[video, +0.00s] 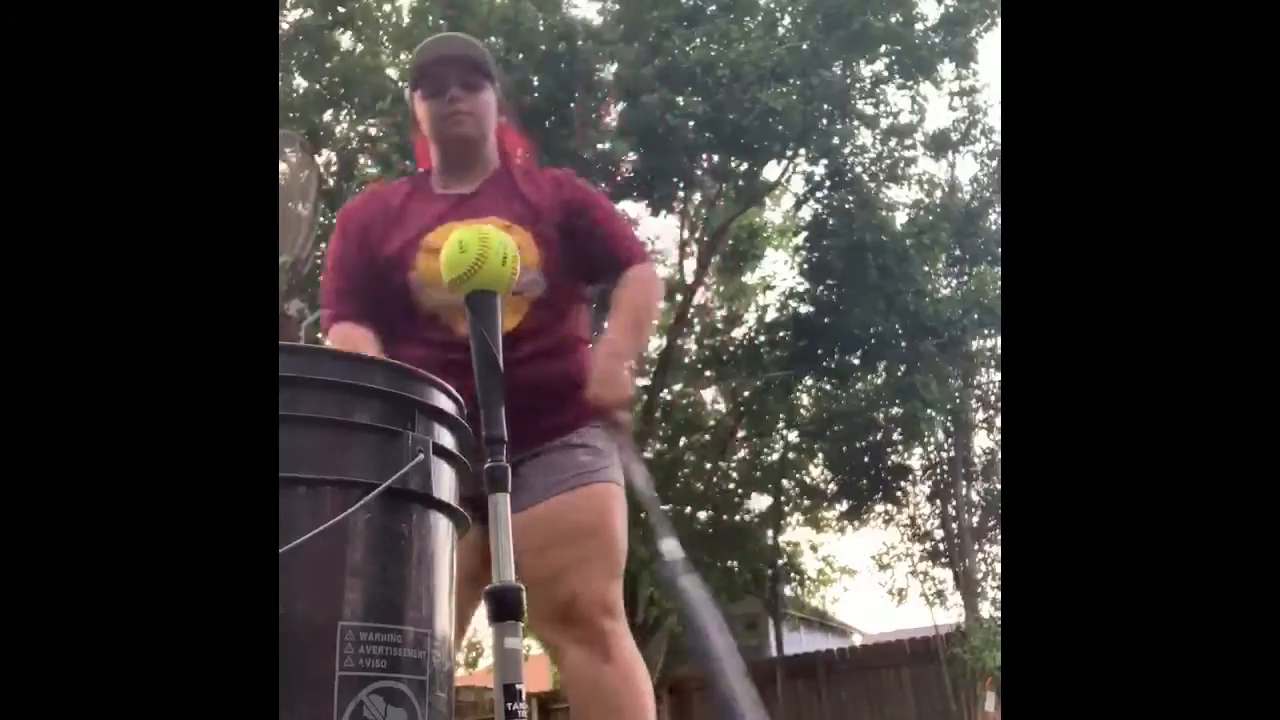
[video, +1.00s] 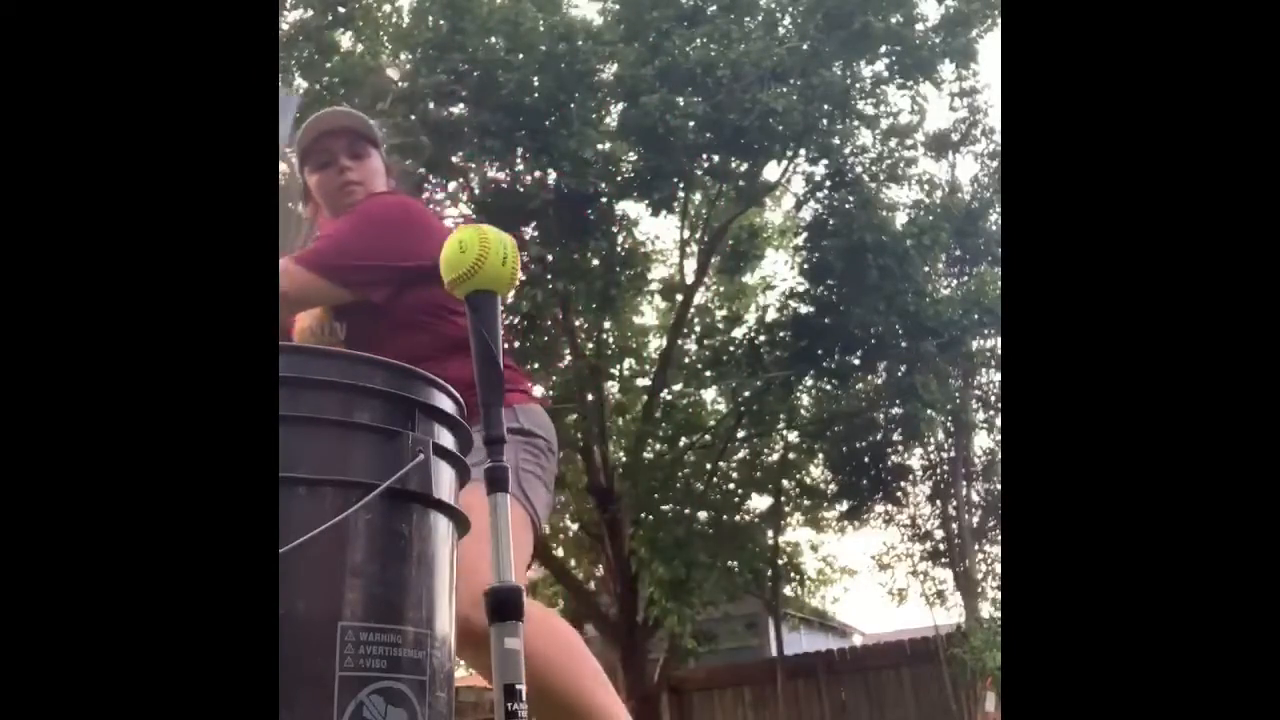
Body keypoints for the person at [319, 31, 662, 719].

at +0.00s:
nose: (455, 97)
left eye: (471, 84)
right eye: (437, 88)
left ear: (497, 101)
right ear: (416, 111)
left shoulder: (555, 194)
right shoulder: (370, 215)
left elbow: (639, 272)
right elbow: (347, 325)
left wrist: (615, 356)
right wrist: (380, 412)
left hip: (556, 442)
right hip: (433, 451)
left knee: (591, 623)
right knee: (410, 642)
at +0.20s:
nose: (417, 113)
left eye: (432, 99)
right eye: (398, 107)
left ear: (462, 118)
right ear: (382, 135)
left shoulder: (514, 195)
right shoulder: (350, 233)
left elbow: (542, 287)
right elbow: (317, 356)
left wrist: (431, 373)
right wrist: (318, 433)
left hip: (537, 428)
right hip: (419, 447)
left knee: (576, 629)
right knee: (390, 637)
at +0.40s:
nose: (410, 123)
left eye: (424, 110)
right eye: (392, 118)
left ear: (453, 124)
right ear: (377, 145)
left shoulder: (494, 186)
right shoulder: (361, 247)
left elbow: (513, 261)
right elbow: (344, 341)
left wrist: (387, 320)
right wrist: (322, 350)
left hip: (534, 424)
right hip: (424, 441)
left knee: (574, 630)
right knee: (401, 637)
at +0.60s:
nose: (399, 133)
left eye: (414, 118)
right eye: (381, 126)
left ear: (442, 131)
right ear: (366, 154)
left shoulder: (480, 180)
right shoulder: (366, 249)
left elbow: (434, 228)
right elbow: (351, 341)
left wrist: (309, 276)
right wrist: (294, 319)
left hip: (531, 425)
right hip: (430, 443)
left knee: (571, 631)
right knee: (392, 636)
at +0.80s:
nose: (367, 152)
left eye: (382, 138)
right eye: (348, 146)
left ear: (410, 153)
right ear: (333, 181)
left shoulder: (435, 201)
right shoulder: (323, 262)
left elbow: (327, 254)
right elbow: (298, 321)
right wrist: (317, 319)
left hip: (508, 426)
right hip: (413, 443)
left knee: (537, 626)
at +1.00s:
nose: (344, 168)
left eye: (357, 152)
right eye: (324, 161)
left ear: (383, 165)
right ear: (308, 188)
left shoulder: (395, 216)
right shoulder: (322, 257)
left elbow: (285, 285)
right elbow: (304, 351)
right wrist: (317, 308)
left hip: (494, 415)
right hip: (416, 439)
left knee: (478, 600)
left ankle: (612, 716)